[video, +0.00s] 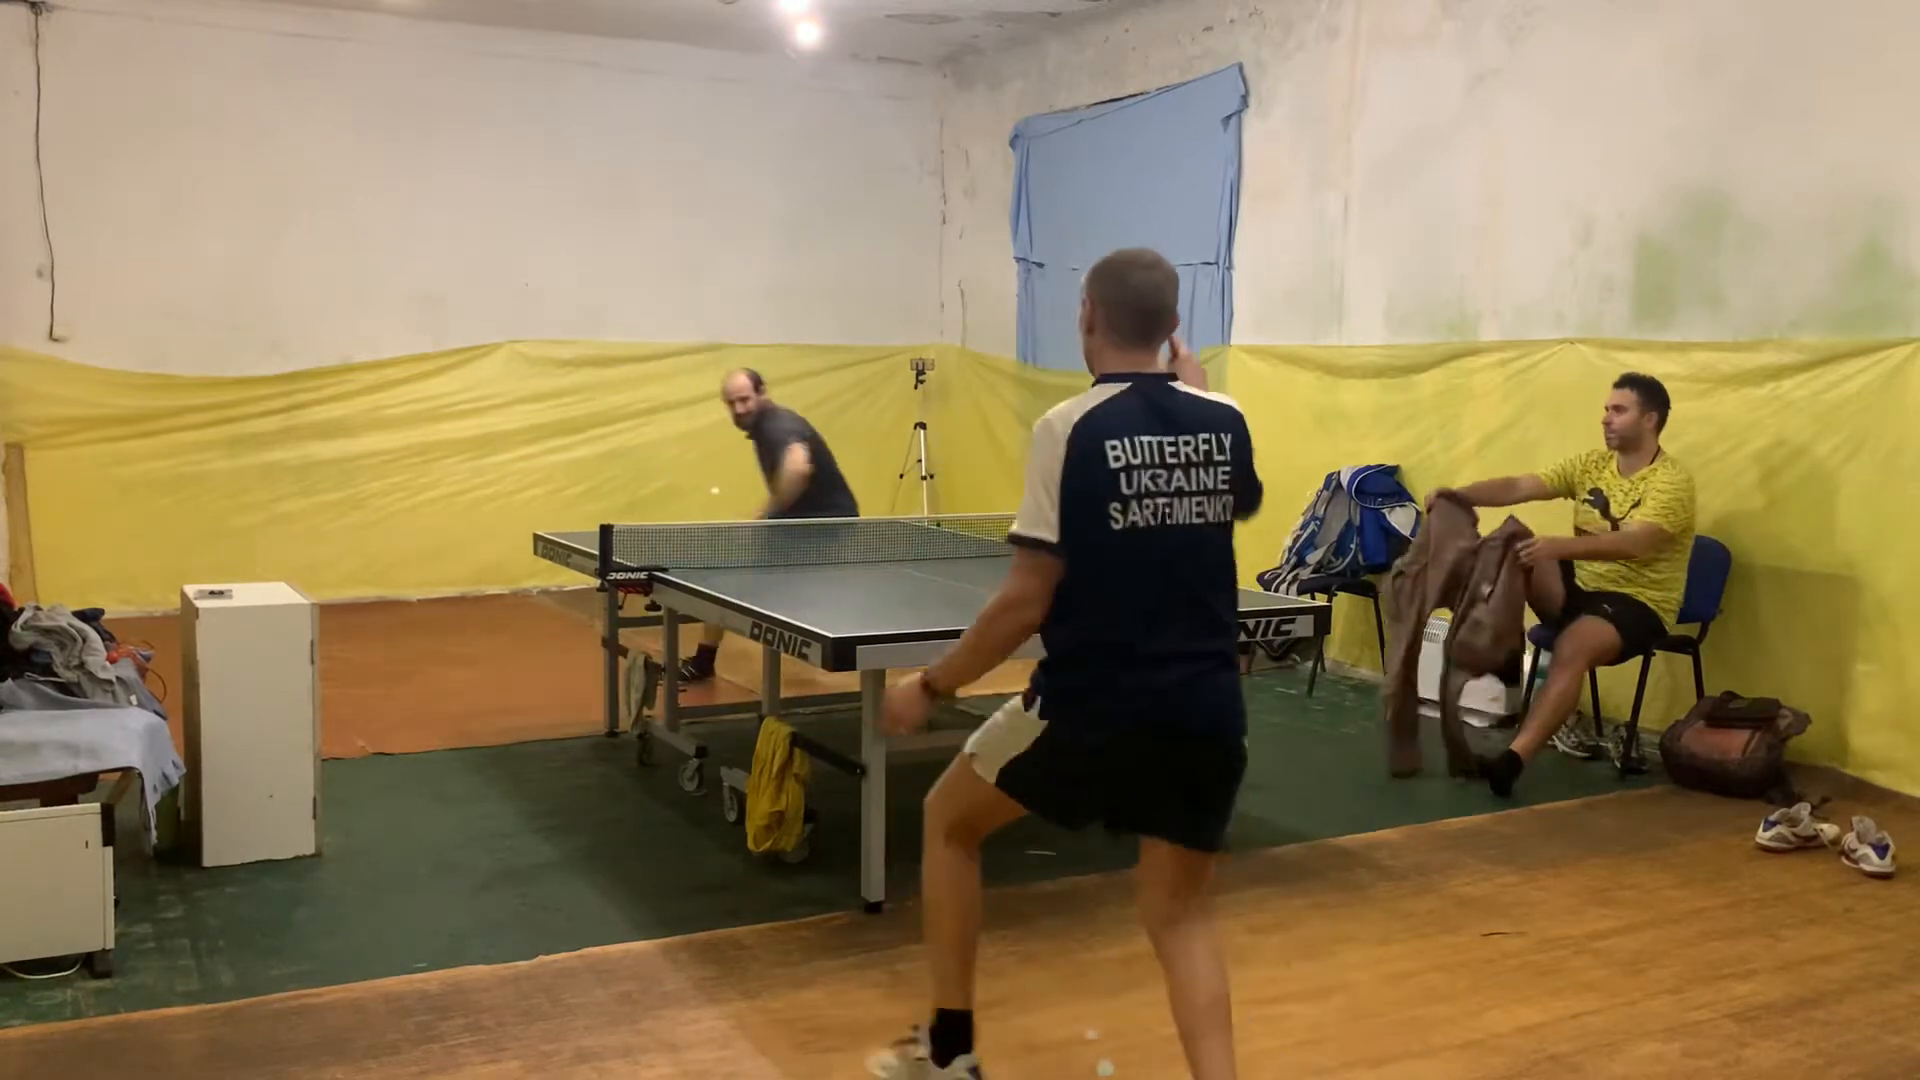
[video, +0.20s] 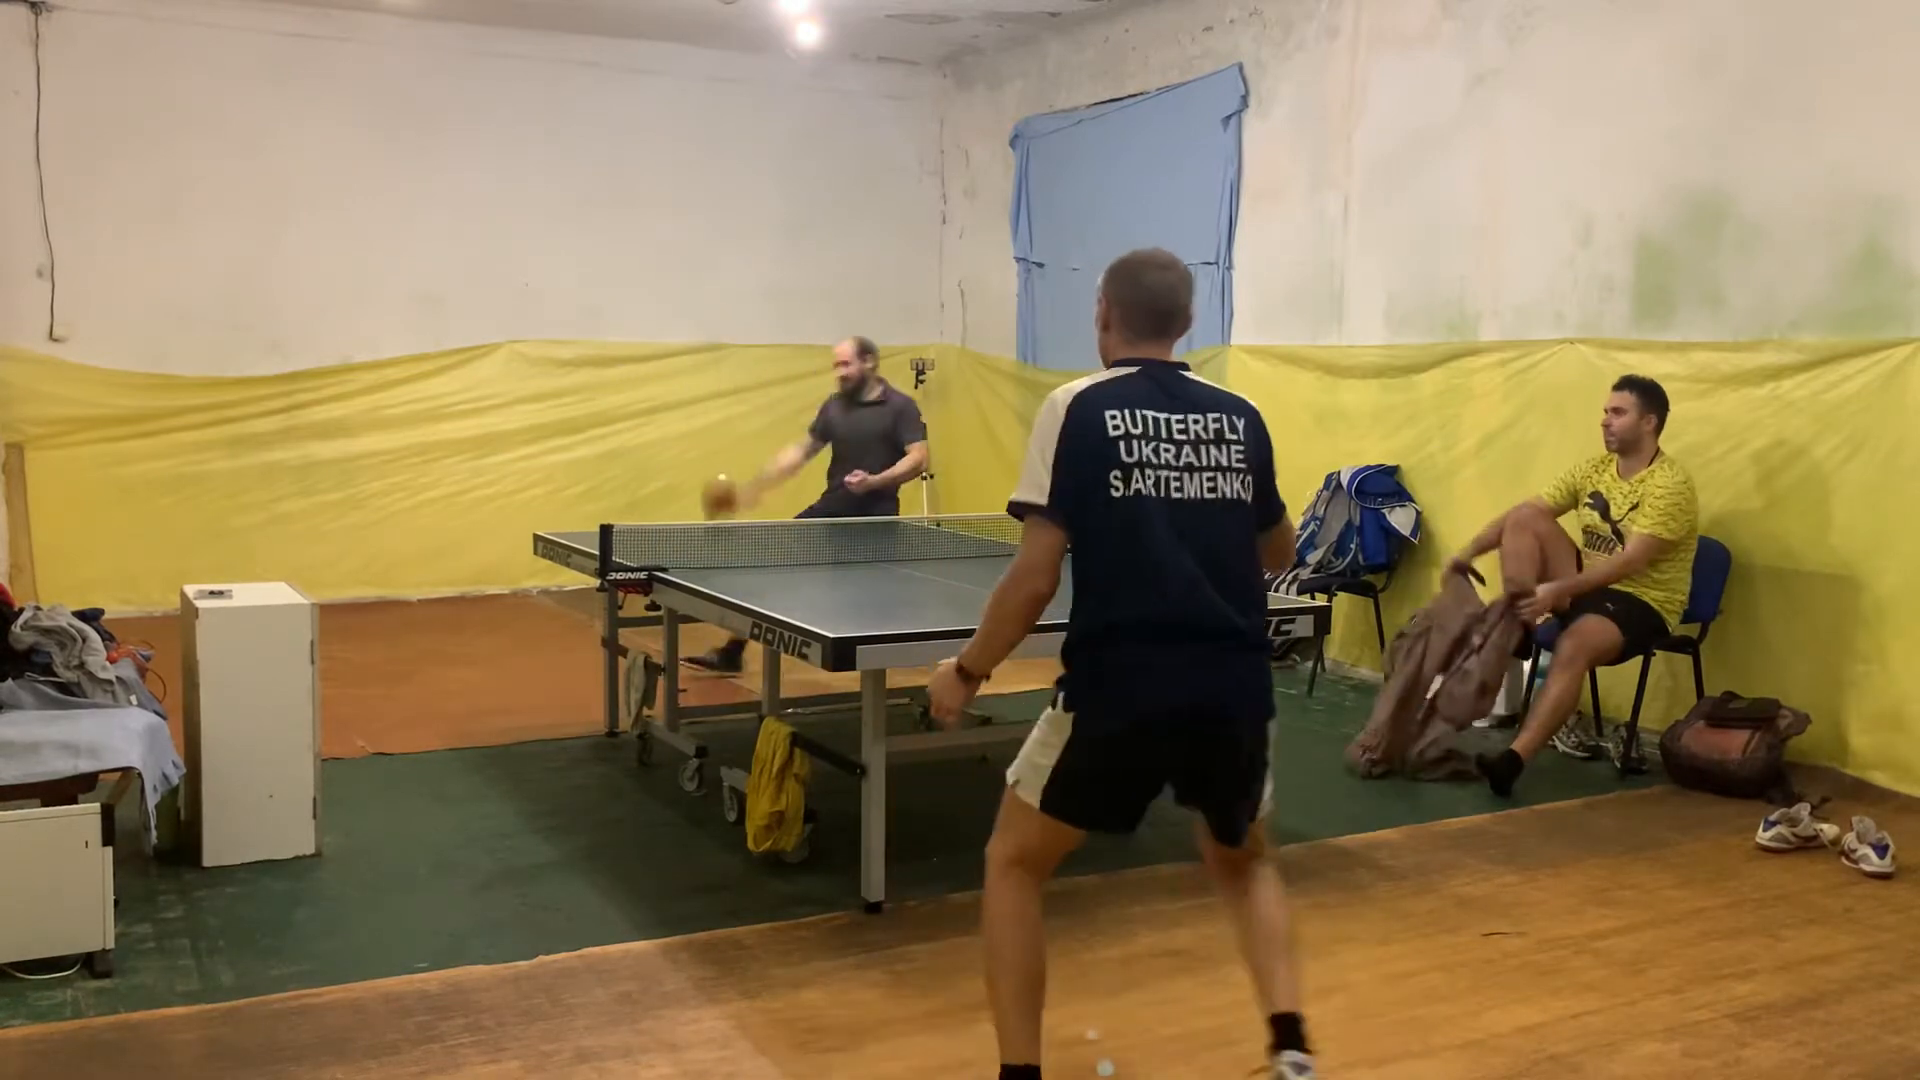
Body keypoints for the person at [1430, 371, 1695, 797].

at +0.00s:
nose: (1606, 419)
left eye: (1618, 411)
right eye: (1606, 410)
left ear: (1652, 420)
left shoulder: (1672, 481)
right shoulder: (1592, 464)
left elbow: (1640, 541)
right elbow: (1520, 487)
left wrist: (1555, 547)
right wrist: (1460, 494)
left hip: (1639, 603)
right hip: (1580, 591)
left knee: (1572, 645)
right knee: (1513, 543)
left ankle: (1512, 762)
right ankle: (1504, 654)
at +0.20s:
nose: (1606, 421)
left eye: (1617, 413)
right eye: (1605, 412)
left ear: (1651, 423)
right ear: (1605, 415)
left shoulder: (1671, 485)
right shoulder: (1597, 470)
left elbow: (1631, 561)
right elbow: (1529, 511)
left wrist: (1562, 589)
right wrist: (1469, 553)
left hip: (1644, 600)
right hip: (1593, 585)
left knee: (1573, 646)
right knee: (1523, 521)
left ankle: (1514, 760)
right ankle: (1520, 625)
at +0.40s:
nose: (1607, 421)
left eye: (1619, 414)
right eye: (1607, 413)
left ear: (1653, 423)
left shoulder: (1673, 487)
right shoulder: (1598, 471)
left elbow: (1643, 566)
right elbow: (1547, 526)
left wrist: (1570, 598)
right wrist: (1498, 576)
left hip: (1644, 601)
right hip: (1589, 584)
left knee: (1573, 647)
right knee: (1516, 525)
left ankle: (1515, 760)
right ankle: (1507, 640)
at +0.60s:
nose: (1608, 420)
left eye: (1620, 412)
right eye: (1607, 411)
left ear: (1653, 422)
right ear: (1606, 415)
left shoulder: (1672, 483)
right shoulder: (1596, 471)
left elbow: (1637, 558)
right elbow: (1536, 523)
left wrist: (1568, 590)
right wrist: (1479, 568)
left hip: (1643, 600)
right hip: (1588, 586)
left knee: (1574, 645)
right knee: (1522, 519)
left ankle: (1514, 760)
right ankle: (1523, 634)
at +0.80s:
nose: (1607, 421)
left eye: (1619, 413)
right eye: (1606, 412)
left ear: (1652, 422)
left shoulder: (1673, 482)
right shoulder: (1598, 471)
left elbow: (1633, 553)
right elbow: (1539, 523)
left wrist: (1567, 593)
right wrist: (1484, 572)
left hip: (1643, 601)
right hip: (1589, 587)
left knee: (1575, 646)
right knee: (1521, 519)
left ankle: (1515, 760)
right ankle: (1523, 635)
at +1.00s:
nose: (1608, 420)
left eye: (1619, 412)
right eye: (1608, 412)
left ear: (1652, 421)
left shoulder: (1675, 484)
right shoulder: (1598, 471)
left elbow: (1643, 563)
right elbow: (1546, 528)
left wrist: (1581, 604)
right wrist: (1506, 589)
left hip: (1645, 601)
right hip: (1589, 587)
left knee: (1572, 647)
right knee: (1519, 521)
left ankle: (1514, 759)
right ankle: (1509, 633)